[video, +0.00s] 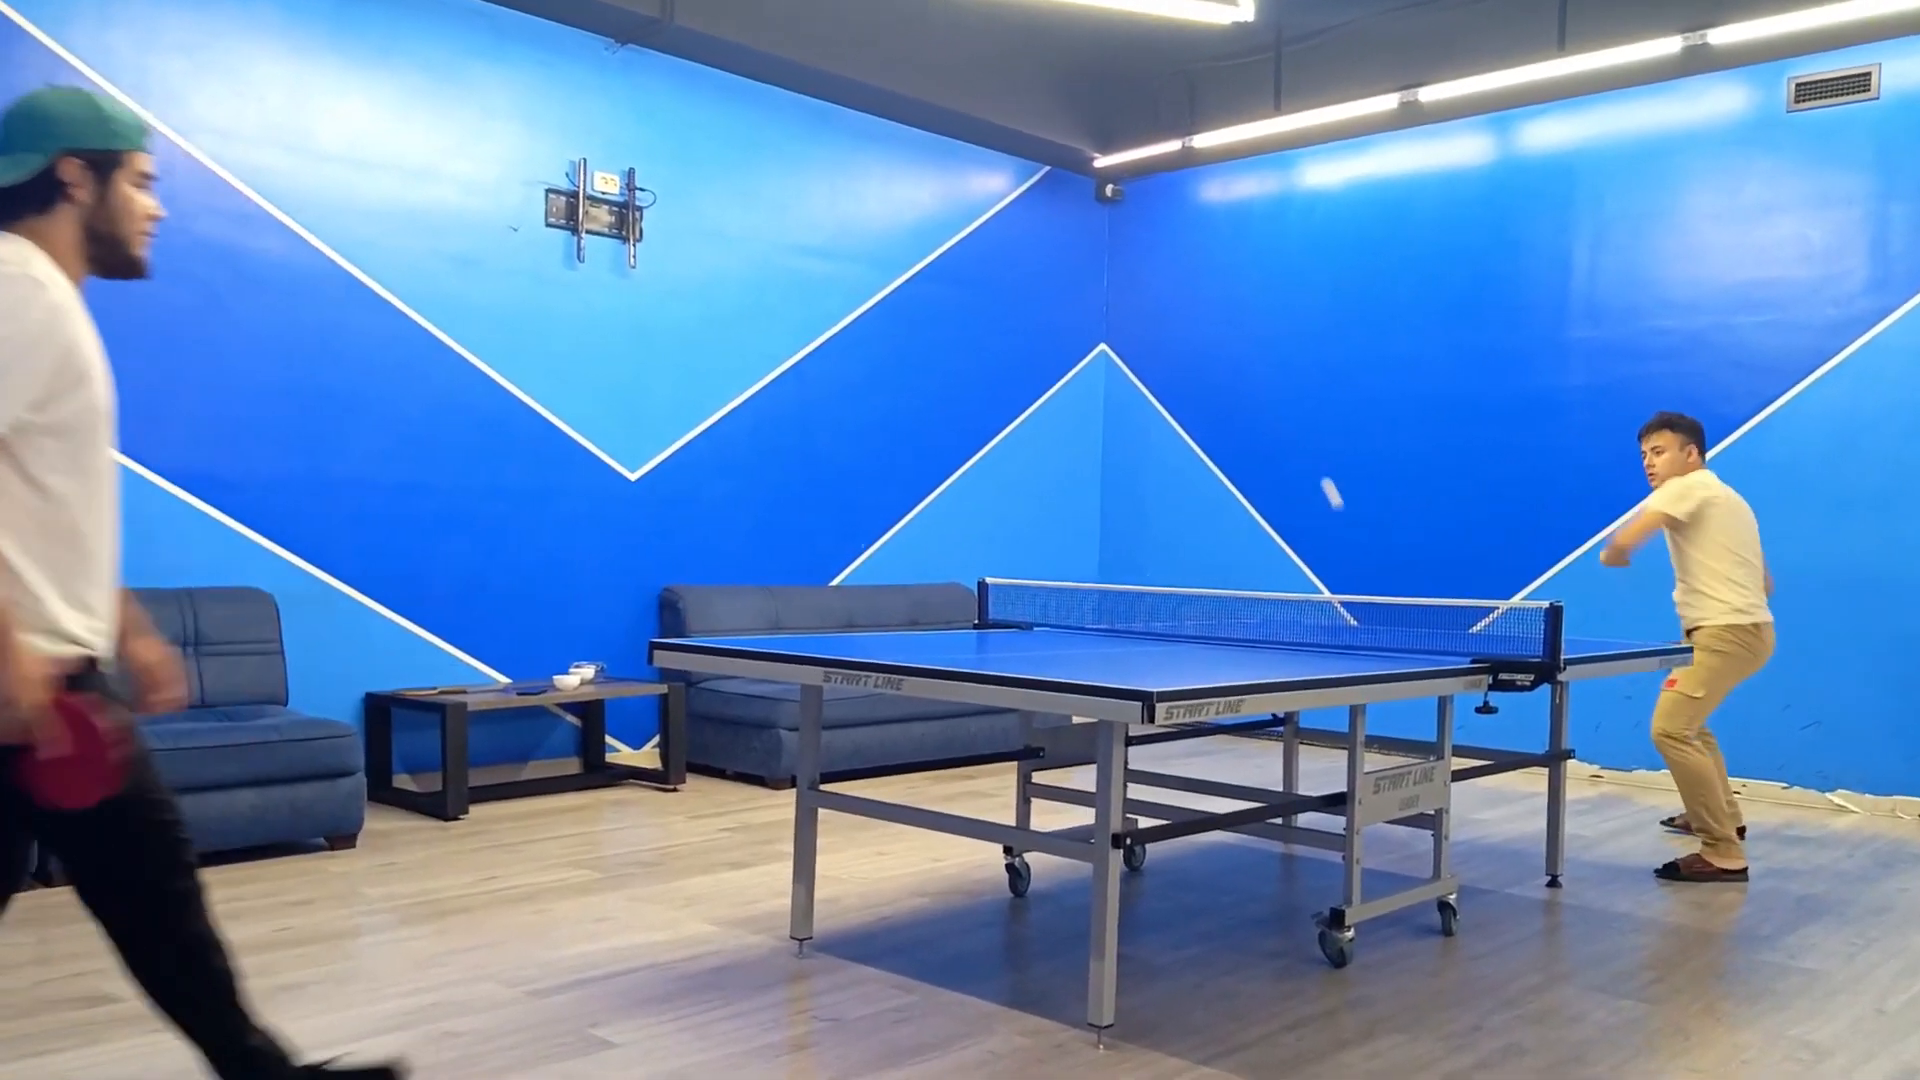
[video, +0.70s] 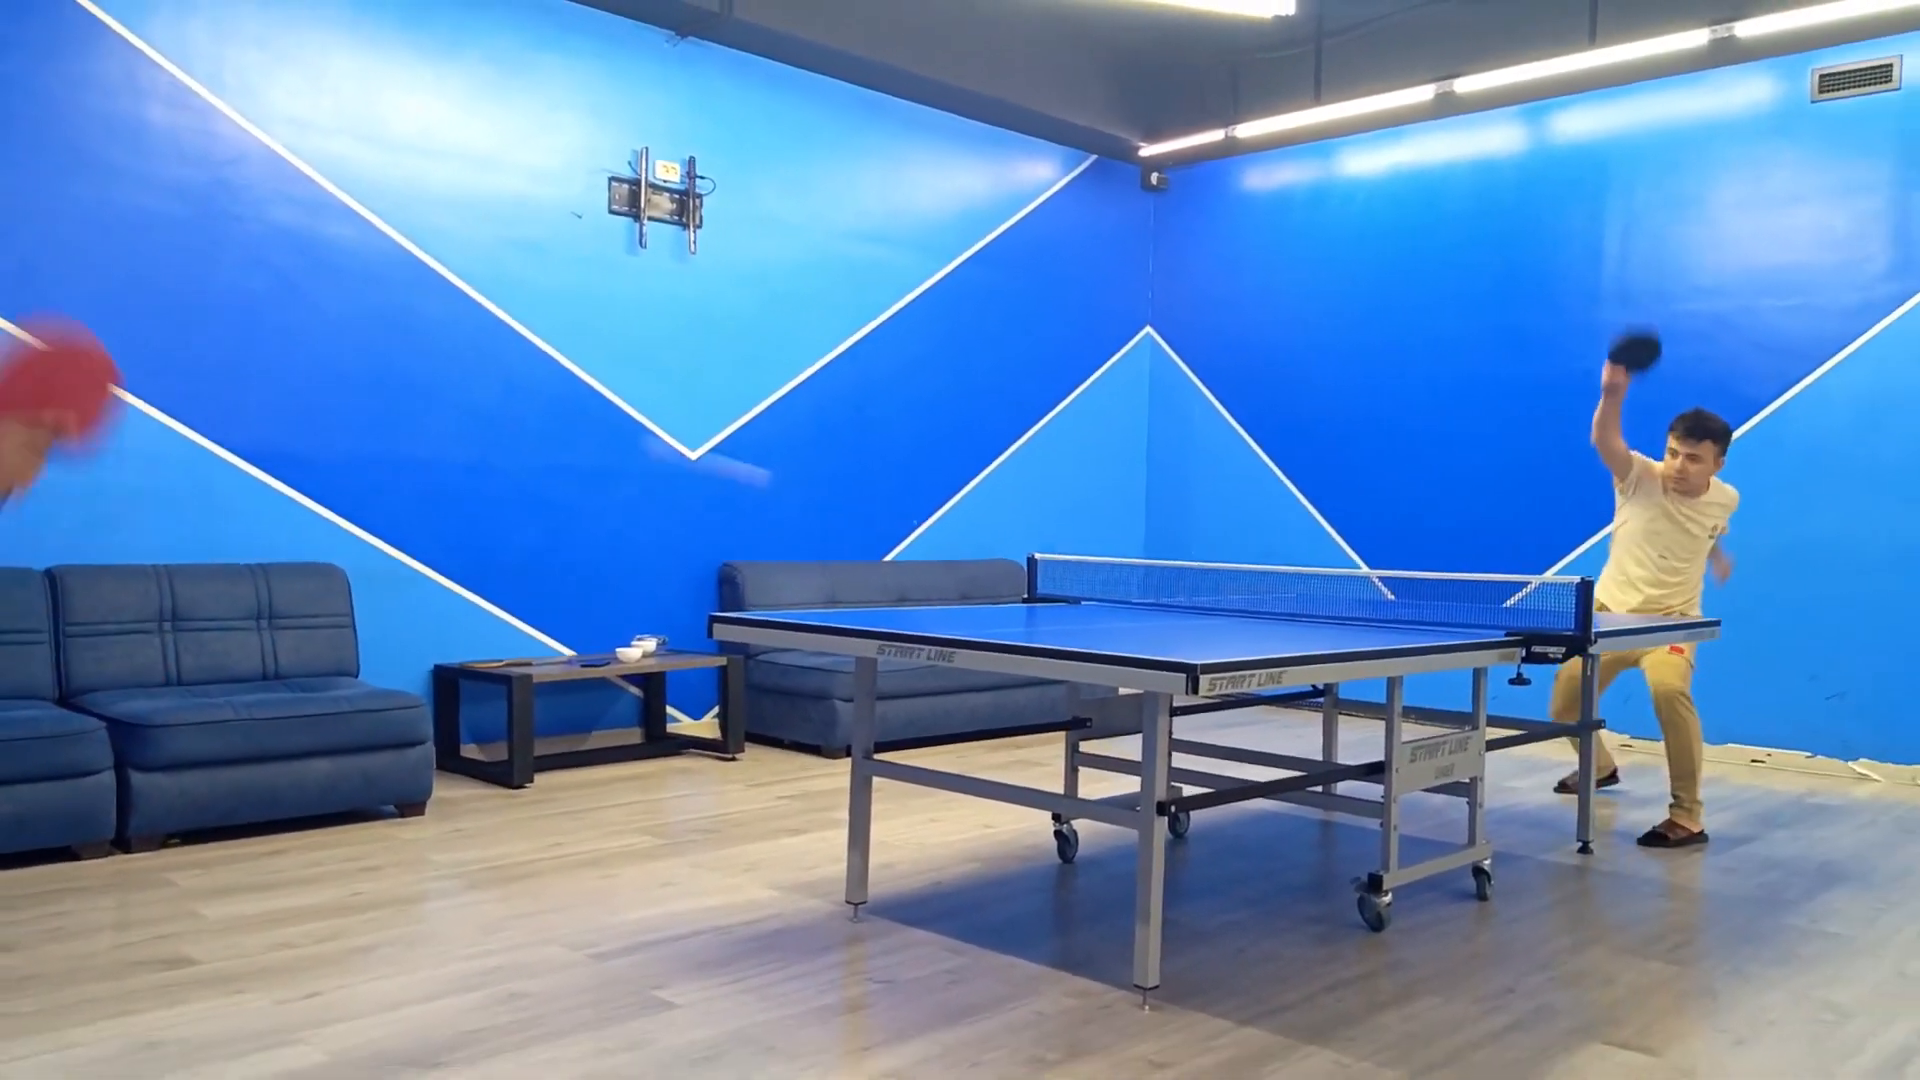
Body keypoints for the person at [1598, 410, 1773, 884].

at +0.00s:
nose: (1648, 463)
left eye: (1657, 451)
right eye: (1645, 455)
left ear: (1691, 453)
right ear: (1693, 459)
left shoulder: (1688, 487)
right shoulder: (1730, 499)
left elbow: (1622, 542)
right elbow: (1763, 583)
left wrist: (1613, 555)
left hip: (1725, 630)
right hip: (1745, 628)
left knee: (1671, 730)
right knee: (1686, 722)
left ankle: (1723, 853)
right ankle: (1720, 816)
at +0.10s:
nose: (1673, 470)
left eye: (1682, 459)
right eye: (1672, 461)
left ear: (1718, 459)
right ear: (1723, 463)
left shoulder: (1705, 491)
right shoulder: (1774, 509)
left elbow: (1631, 517)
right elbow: (1817, 582)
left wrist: (1621, 551)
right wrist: (1795, 632)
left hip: (1747, 633)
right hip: (1786, 635)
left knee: (1691, 736)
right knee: (1723, 726)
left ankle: (1747, 854)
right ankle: (1762, 824)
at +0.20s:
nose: (1690, 484)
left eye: (1699, 473)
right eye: (1689, 474)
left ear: (1735, 475)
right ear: (1741, 478)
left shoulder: (1732, 505)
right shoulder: (1790, 521)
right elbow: (1847, 587)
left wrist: (1646, 559)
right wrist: (1841, 620)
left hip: (1773, 650)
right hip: (1812, 651)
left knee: (1698, 741)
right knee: (1747, 731)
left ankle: (1753, 858)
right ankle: (1789, 824)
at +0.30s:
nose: (1709, 471)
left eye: (1718, 461)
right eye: (1709, 462)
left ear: (1752, 466)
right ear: (1746, 469)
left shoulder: (1765, 500)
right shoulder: (1762, 507)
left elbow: (1826, 531)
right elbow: (1813, 541)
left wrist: (1762, 571)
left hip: (1805, 647)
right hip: (1810, 648)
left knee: (1726, 737)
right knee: (1763, 736)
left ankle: (1765, 861)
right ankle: (1823, 827)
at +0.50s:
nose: (1728, 466)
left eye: (1741, 458)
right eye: (1725, 455)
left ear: (1774, 462)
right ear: (1718, 452)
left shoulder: (1810, 501)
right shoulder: (1708, 481)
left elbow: (1878, 513)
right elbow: (1659, 443)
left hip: (1780, 635)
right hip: (1718, 633)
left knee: (1748, 715)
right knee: (1708, 735)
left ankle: (1761, 850)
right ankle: (1782, 784)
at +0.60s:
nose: (1707, 470)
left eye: (1720, 464)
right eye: (1703, 459)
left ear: (1749, 465)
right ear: (1696, 453)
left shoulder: (1764, 499)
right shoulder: (1675, 478)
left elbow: (1786, 517)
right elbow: (1648, 431)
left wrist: (1824, 520)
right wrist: (1645, 367)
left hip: (1726, 629)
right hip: (1665, 624)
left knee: (1712, 704)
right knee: (1632, 713)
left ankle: (1725, 833)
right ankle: (1674, 780)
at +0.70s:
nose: (1678, 465)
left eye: (1692, 459)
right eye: (1674, 454)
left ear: (1717, 464)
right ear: (1665, 448)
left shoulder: (1724, 501)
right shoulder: (1637, 476)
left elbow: (1710, 537)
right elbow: (1607, 444)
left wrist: (1718, 561)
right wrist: (1612, 398)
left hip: (1673, 623)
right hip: (1611, 618)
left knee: (1669, 692)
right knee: (1563, 705)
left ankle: (1686, 816)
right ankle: (1599, 764)